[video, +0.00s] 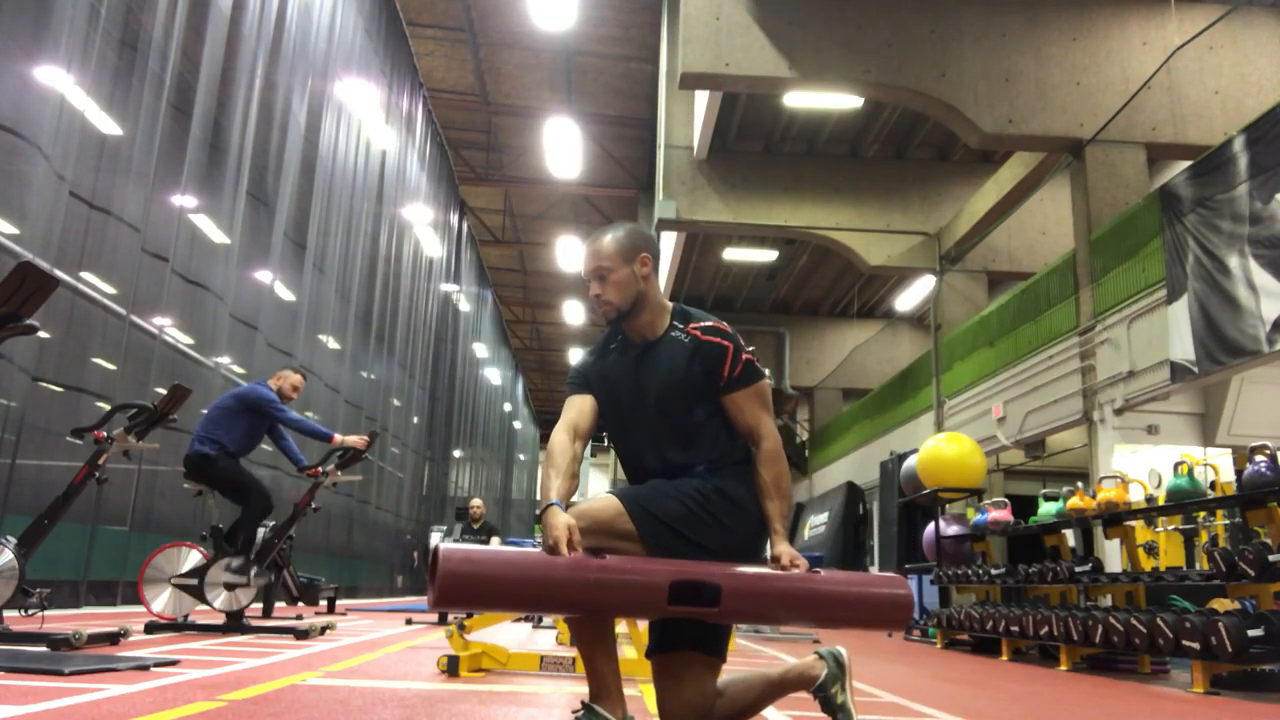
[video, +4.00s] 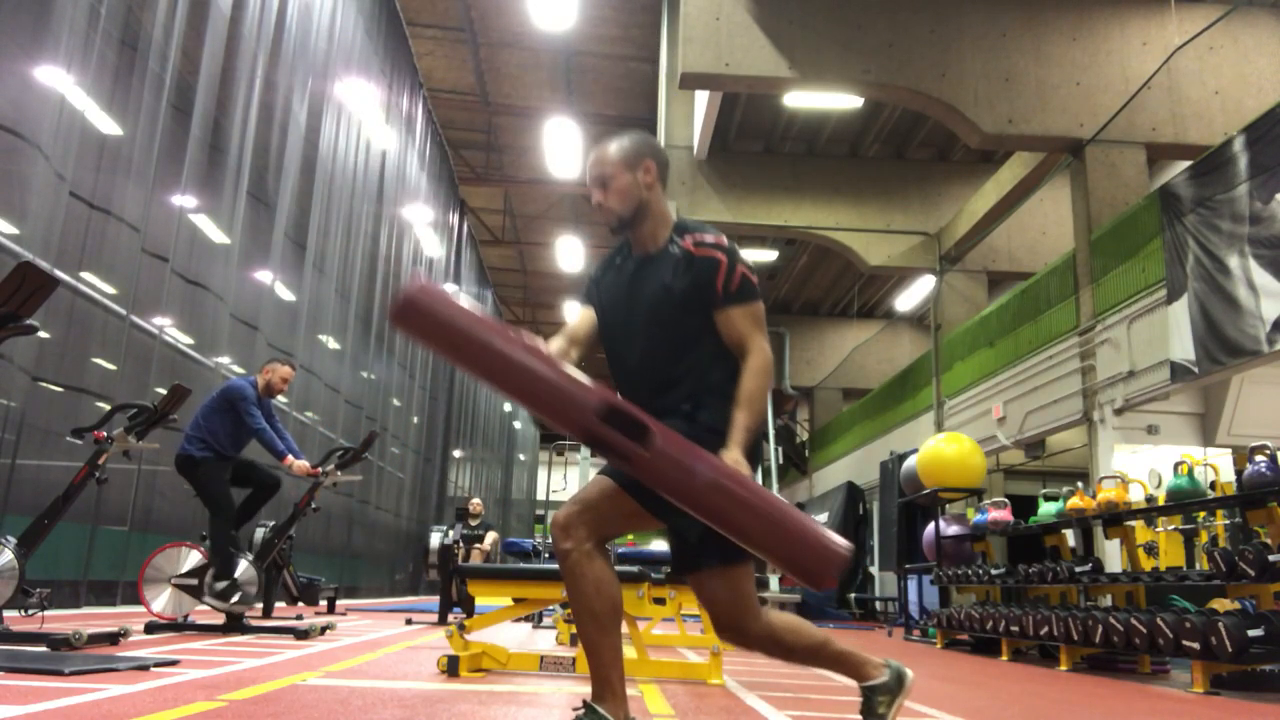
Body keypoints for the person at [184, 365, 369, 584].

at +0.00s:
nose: (294, 396)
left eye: (298, 393)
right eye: (293, 388)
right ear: (277, 379)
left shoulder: (267, 406)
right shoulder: (259, 393)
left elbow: (282, 439)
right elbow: (293, 420)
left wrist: (305, 467)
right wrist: (340, 439)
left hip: (218, 459)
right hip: (207, 458)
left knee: (260, 502)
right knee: (259, 501)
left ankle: (226, 547)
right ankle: (238, 561)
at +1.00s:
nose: (295, 394)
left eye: (299, 391)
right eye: (294, 387)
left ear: (281, 384)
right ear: (279, 378)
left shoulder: (265, 401)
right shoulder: (259, 392)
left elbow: (279, 438)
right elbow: (295, 421)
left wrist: (304, 467)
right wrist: (341, 439)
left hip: (228, 462)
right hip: (207, 460)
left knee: (278, 477)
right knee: (232, 515)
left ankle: (242, 528)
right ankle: (209, 580)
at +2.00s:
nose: (294, 398)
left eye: (298, 394)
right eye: (294, 390)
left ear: (285, 388)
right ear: (279, 380)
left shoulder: (265, 405)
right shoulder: (257, 393)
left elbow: (280, 441)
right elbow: (295, 422)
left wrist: (305, 469)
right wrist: (341, 439)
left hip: (220, 460)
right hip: (205, 458)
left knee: (262, 505)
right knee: (251, 498)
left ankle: (254, 561)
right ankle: (204, 540)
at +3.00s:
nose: (283, 384)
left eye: (286, 380)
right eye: (280, 376)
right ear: (263, 369)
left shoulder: (263, 403)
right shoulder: (235, 389)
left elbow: (277, 433)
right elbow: (239, 428)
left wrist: (302, 465)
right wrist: (278, 452)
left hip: (223, 461)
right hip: (202, 456)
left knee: (248, 517)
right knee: (264, 471)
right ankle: (233, 531)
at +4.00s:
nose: (285, 388)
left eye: (288, 384)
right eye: (283, 381)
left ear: (275, 380)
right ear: (266, 373)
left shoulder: (262, 400)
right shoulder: (241, 389)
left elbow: (278, 430)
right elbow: (259, 428)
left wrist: (302, 462)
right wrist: (288, 461)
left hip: (223, 460)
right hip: (198, 458)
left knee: (270, 483)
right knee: (224, 510)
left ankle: (228, 528)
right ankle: (221, 581)